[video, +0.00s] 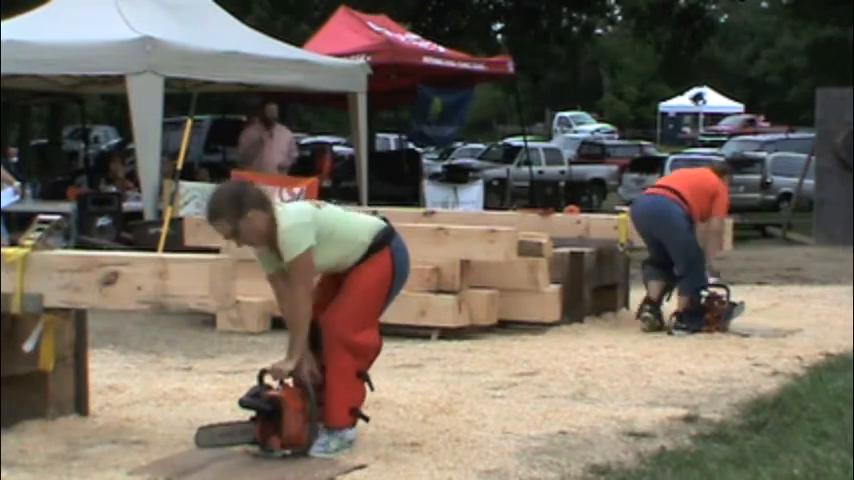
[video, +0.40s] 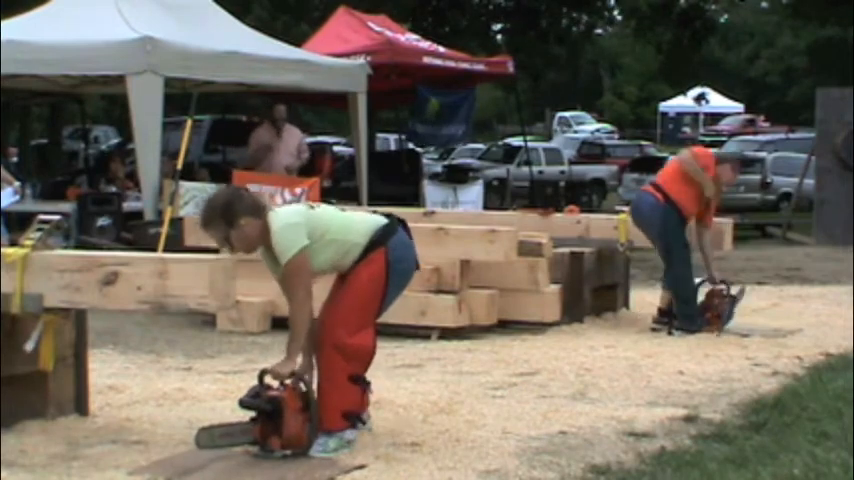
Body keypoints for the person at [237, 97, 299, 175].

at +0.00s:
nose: (272, 116)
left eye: (274, 112)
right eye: (269, 112)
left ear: (277, 114)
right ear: (262, 113)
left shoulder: (285, 133)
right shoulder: (250, 132)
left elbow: (293, 154)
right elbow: (243, 157)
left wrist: (284, 165)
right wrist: (258, 143)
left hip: (277, 178)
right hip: (253, 177)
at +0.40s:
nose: (279, 122)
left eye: (282, 119)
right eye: (276, 119)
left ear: (286, 118)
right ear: (271, 118)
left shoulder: (295, 133)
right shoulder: (259, 133)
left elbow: (304, 154)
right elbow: (250, 160)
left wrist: (294, 166)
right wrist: (264, 149)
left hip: (287, 180)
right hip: (263, 179)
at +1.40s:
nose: (270, 119)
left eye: (273, 116)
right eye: (268, 116)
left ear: (277, 115)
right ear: (263, 115)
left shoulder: (285, 131)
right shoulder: (251, 130)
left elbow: (294, 152)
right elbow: (241, 155)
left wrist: (287, 164)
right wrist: (257, 146)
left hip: (278, 177)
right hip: (254, 176)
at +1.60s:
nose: (266, 119)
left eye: (268, 116)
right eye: (263, 115)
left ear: (272, 115)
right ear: (257, 114)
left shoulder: (279, 132)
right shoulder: (246, 131)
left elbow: (288, 152)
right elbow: (236, 156)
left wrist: (282, 165)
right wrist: (252, 147)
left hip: (273, 177)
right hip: (249, 177)